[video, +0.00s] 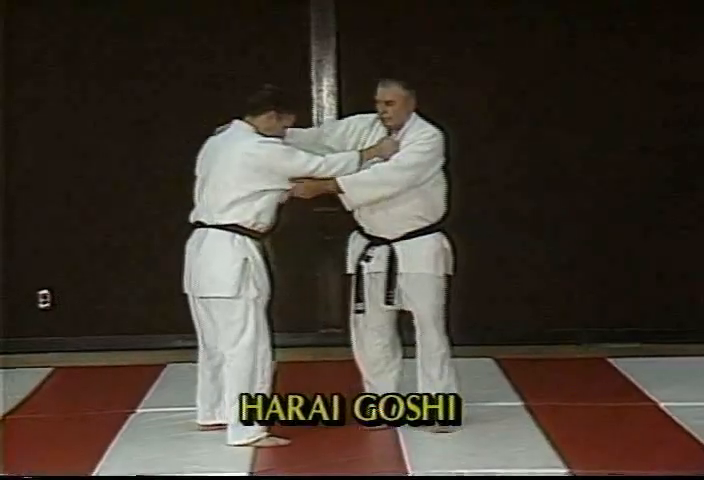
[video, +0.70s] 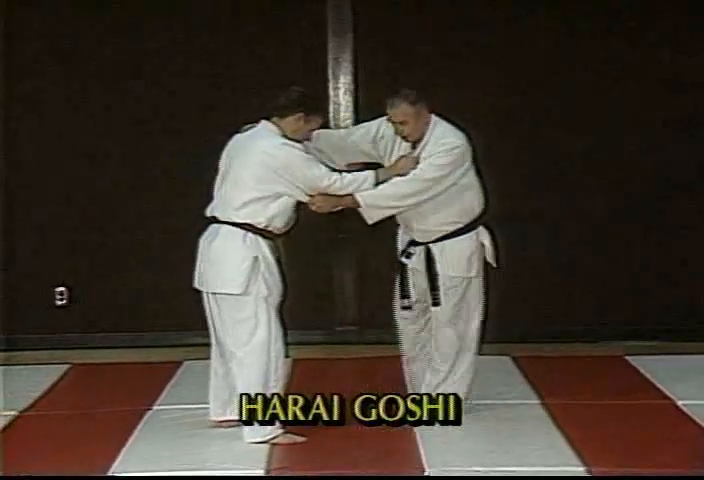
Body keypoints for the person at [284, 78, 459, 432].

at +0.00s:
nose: (383, 111)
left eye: (390, 105)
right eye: (379, 104)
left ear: (411, 104)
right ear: (376, 104)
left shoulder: (427, 138)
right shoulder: (363, 127)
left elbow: (394, 176)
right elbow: (318, 136)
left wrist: (328, 186)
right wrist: (263, 134)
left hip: (418, 245)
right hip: (370, 245)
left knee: (429, 328)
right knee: (371, 329)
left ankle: (439, 406)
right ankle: (382, 404)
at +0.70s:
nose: (400, 132)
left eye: (405, 124)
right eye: (395, 125)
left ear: (425, 115)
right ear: (390, 121)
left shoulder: (450, 144)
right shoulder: (387, 132)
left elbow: (414, 187)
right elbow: (340, 141)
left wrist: (347, 201)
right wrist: (290, 138)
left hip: (454, 245)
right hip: (412, 243)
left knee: (449, 329)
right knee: (412, 327)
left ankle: (443, 407)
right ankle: (419, 401)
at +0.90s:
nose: (401, 132)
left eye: (407, 124)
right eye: (396, 124)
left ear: (427, 116)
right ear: (392, 120)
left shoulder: (451, 146)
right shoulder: (388, 132)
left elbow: (412, 190)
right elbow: (343, 140)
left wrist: (344, 202)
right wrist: (294, 136)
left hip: (456, 242)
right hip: (422, 239)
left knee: (450, 322)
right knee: (437, 303)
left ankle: (441, 396)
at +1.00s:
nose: (402, 132)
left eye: (408, 125)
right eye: (397, 125)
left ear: (428, 117)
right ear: (392, 121)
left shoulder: (451, 146)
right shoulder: (390, 132)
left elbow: (413, 189)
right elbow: (345, 140)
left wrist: (345, 203)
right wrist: (294, 135)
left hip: (458, 242)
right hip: (422, 239)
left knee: (449, 321)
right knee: (440, 300)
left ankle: (443, 394)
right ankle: (485, 329)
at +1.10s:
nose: (403, 132)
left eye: (409, 125)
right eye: (399, 125)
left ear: (429, 117)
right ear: (394, 121)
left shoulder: (453, 146)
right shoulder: (391, 134)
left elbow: (414, 189)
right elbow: (344, 141)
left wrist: (347, 202)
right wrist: (296, 136)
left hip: (459, 243)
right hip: (424, 241)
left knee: (450, 322)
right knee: (441, 312)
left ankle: (445, 395)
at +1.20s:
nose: (405, 131)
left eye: (411, 124)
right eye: (400, 124)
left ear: (431, 116)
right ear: (396, 120)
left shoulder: (455, 145)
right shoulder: (393, 133)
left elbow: (417, 186)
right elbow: (347, 142)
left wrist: (351, 201)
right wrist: (297, 135)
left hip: (460, 245)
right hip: (423, 244)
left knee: (453, 323)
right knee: (434, 321)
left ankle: (451, 395)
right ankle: (437, 388)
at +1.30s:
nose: (407, 129)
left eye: (413, 121)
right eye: (402, 122)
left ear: (433, 114)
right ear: (398, 118)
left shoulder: (456, 144)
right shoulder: (394, 132)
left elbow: (419, 184)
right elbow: (348, 142)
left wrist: (353, 198)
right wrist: (300, 136)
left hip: (457, 246)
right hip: (414, 242)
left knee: (451, 324)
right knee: (409, 320)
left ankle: (449, 396)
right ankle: (408, 387)